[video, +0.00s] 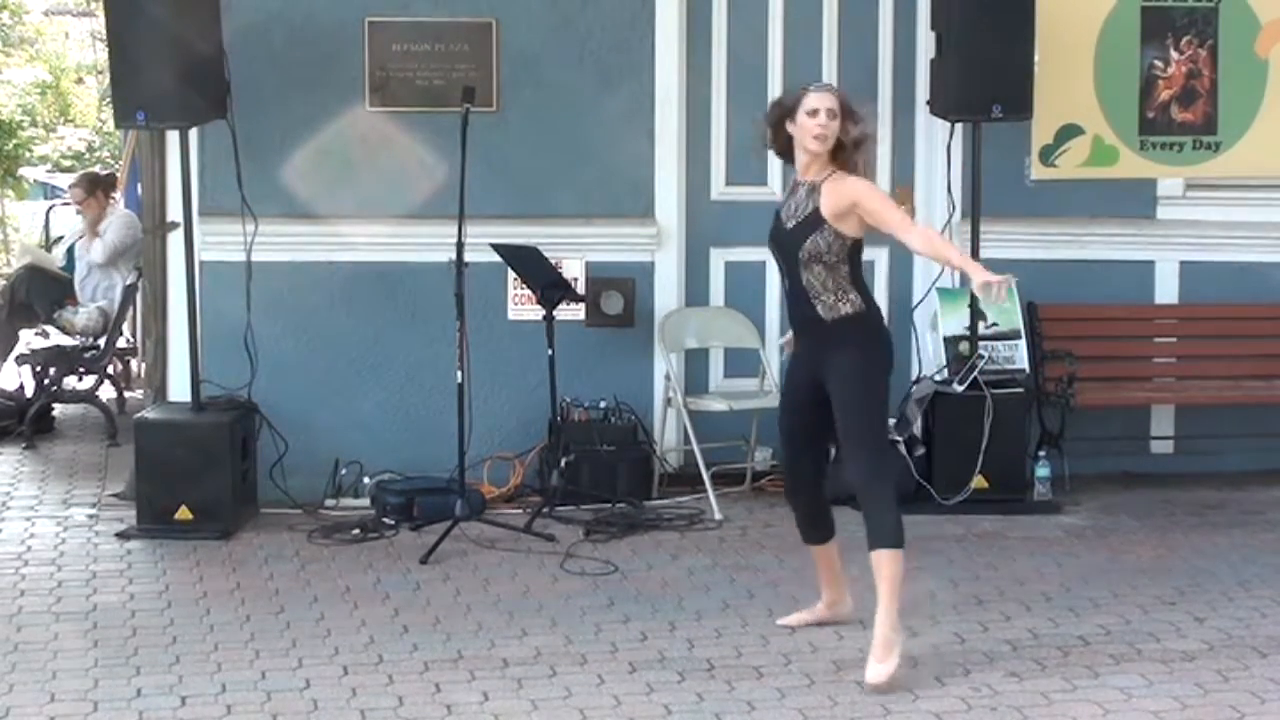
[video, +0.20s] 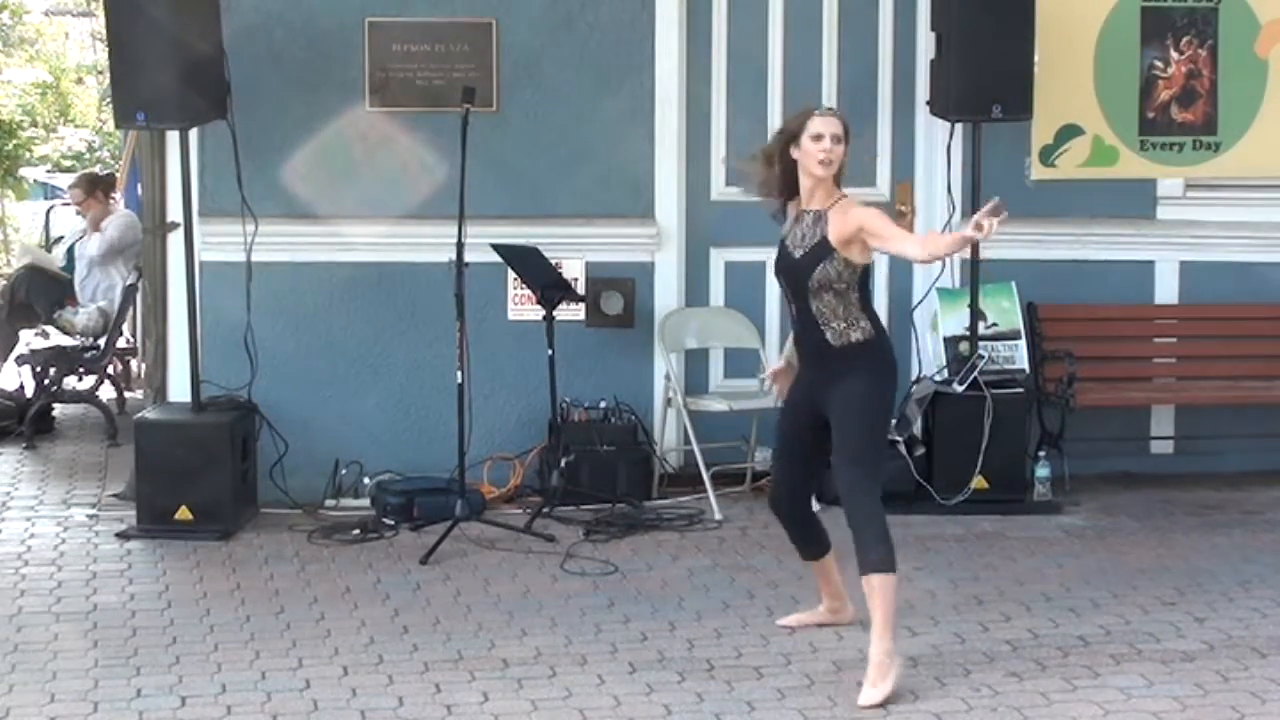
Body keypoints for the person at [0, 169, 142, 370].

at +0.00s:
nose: (78, 210)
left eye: (81, 203)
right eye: (75, 205)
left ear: (100, 196)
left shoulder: (125, 221)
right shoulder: (84, 229)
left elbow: (102, 257)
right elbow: (58, 259)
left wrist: (90, 230)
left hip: (105, 312)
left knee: (30, 276)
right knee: (12, 315)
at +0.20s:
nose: (78, 211)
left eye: (80, 204)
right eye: (75, 206)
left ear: (99, 196)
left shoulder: (126, 220)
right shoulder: (84, 234)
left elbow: (97, 252)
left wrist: (93, 227)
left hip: (101, 316)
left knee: (29, 276)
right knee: (12, 315)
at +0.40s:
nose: (77, 211)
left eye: (79, 204)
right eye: (75, 206)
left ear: (99, 196)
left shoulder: (125, 220)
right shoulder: (82, 233)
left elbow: (98, 248)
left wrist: (91, 225)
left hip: (101, 315)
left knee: (30, 276)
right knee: (11, 317)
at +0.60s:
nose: (77, 212)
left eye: (79, 205)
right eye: (75, 206)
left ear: (98, 196)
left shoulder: (125, 221)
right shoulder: (84, 232)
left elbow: (97, 248)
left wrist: (93, 225)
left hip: (100, 315)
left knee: (29, 276)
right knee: (11, 315)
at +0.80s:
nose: (77, 212)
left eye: (79, 205)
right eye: (75, 207)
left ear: (97, 197)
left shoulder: (125, 221)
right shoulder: (84, 229)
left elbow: (96, 253)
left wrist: (95, 224)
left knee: (28, 278)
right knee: (12, 317)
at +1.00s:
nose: (78, 211)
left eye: (80, 205)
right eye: (75, 206)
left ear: (98, 197)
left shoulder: (124, 221)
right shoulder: (85, 229)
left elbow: (96, 257)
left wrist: (95, 223)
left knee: (29, 278)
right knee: (12, 316)